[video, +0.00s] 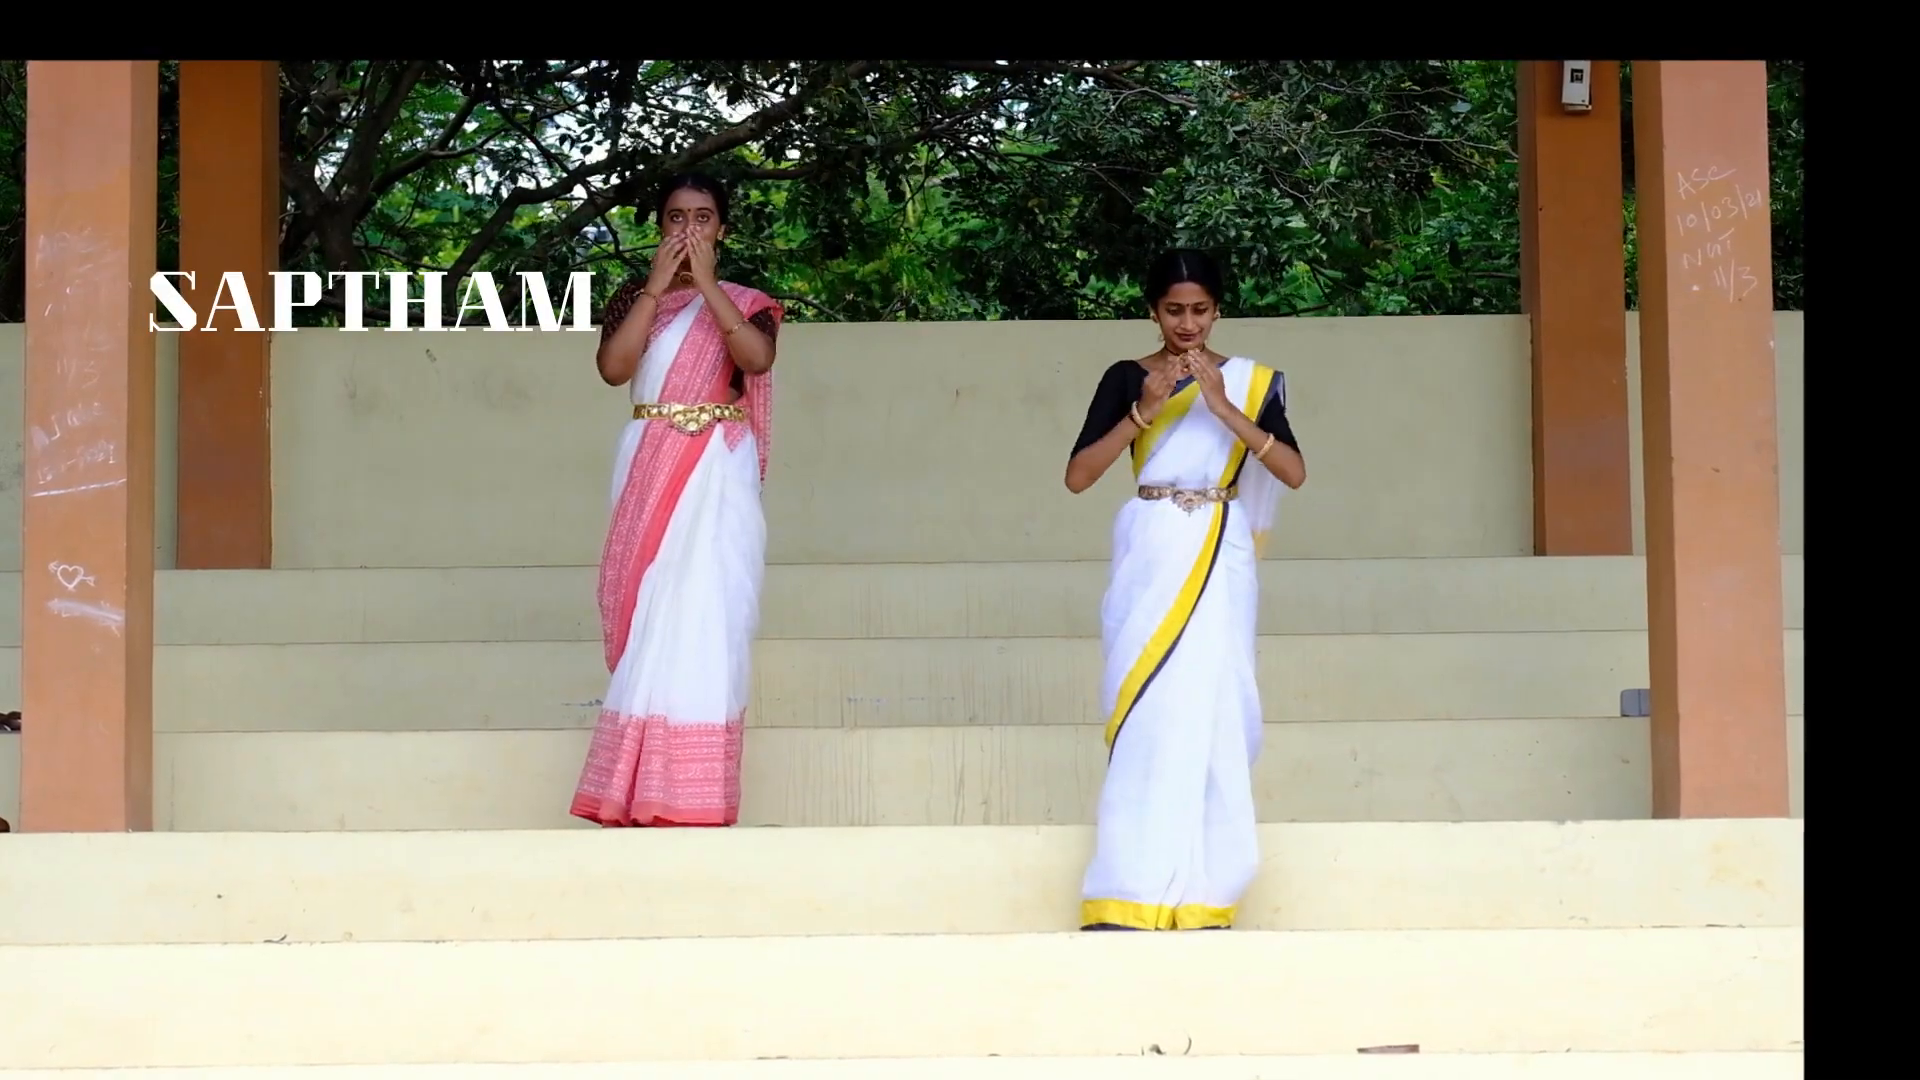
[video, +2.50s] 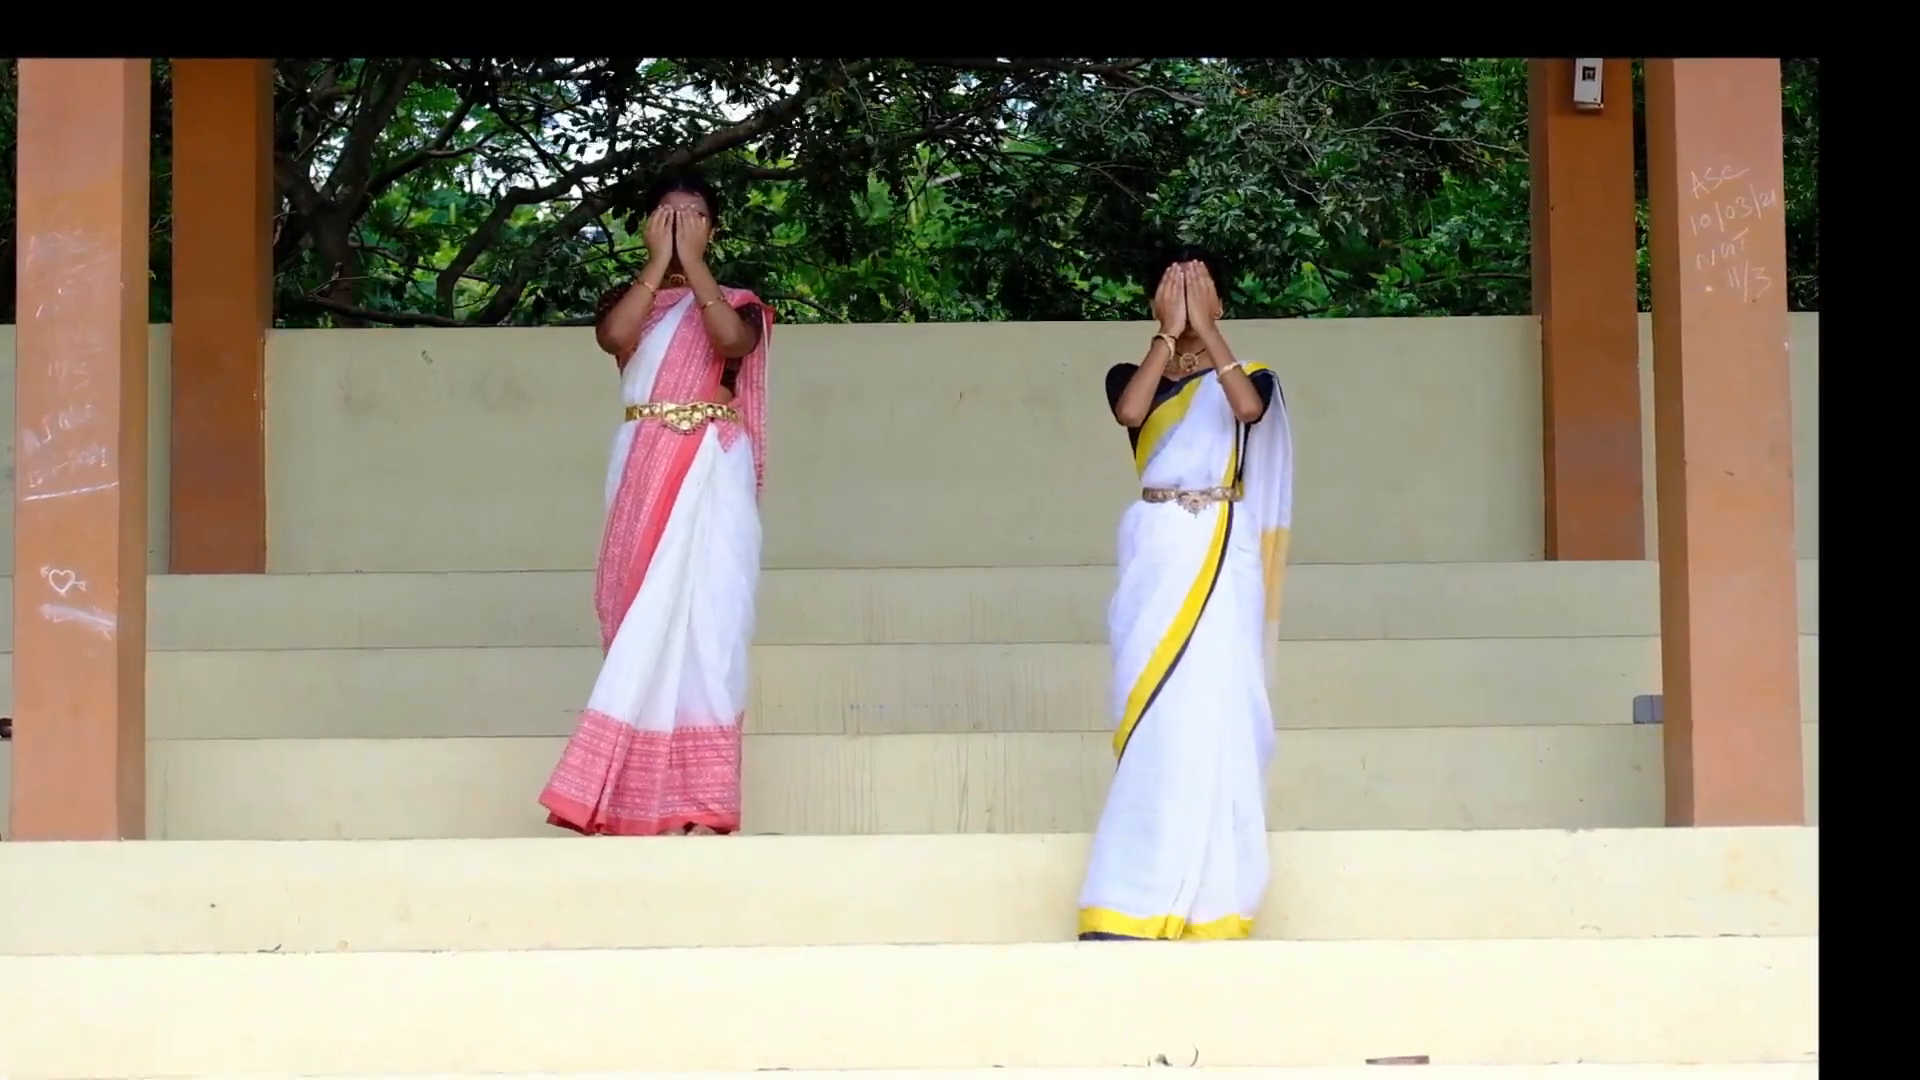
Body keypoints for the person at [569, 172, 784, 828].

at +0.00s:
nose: (688, 228)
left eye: (701, 217)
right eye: (677, 216)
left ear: (722, 226)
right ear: (659, 226)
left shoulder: (746, 302)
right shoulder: (638, 301)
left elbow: (756, 358)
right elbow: (613, 369)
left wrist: (707, 284)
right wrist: (654, 290)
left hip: (716, 474)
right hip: (649, 474)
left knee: (703, 620)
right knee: (648, 618)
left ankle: (689, 793)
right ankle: (636, 788)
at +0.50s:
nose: (681, 225)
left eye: (694, 213)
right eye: (671, 214)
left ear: (716, 229)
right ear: (655, 228)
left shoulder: (744, 302)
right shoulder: (636, 298)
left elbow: (735, 336)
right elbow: (621, 340)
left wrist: (700, 258)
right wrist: (655, 259)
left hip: (714, 474)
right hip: (647, 471)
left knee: (703, 623)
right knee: (646, 618)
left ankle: (698, 797)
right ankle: (633, 792)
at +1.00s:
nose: (681, 224)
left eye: (694, 214)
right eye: (669, 213)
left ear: (714, 227)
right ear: (652, 226)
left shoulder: (739, 300)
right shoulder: (636, 300)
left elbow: (736, 338)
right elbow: (617, 336)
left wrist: (696, 260)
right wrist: (657, 261)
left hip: (715, 469)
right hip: (647, 469)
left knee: (707, 620)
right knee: (639, 614)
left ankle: (696, 795)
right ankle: (626, 792)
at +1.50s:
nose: (678, 228)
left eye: (691, 216)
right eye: (668, 216)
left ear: (713, 229)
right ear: (649, 228)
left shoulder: (739, 303)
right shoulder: (631, 301)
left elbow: (734, 339)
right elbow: (617, 336)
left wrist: (697, 261)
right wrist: (655, 260)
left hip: (714, 477)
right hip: (644, 476)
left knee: (705, 627)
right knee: (638, 624)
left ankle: (698, 800)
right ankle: (627, 798)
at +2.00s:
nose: (677, 224)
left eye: (690, 213)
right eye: (666, 213)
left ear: (713, 228)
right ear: (648, 227)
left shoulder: (741, 304)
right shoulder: (629, 301)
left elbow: (734, 339)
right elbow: (618, 336)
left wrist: (696, 261)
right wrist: (655, 261)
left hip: (713, 478)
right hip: (643, 477)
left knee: (705, 628)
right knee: (639, 625)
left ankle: (703, 802)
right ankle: (631, 799)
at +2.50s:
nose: (679, 227)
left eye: (692, 215)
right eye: (669, 215)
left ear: (713, 229)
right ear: (650, 228)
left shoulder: (741, 304)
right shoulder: (628, 300)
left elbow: (731, 339)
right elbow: (617, 338)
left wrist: (696, 260)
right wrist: (656, 262)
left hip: (713, 477)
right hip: (643, 476)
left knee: (706, 629)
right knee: (639, 626)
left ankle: (702, 805)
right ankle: (630, 803)